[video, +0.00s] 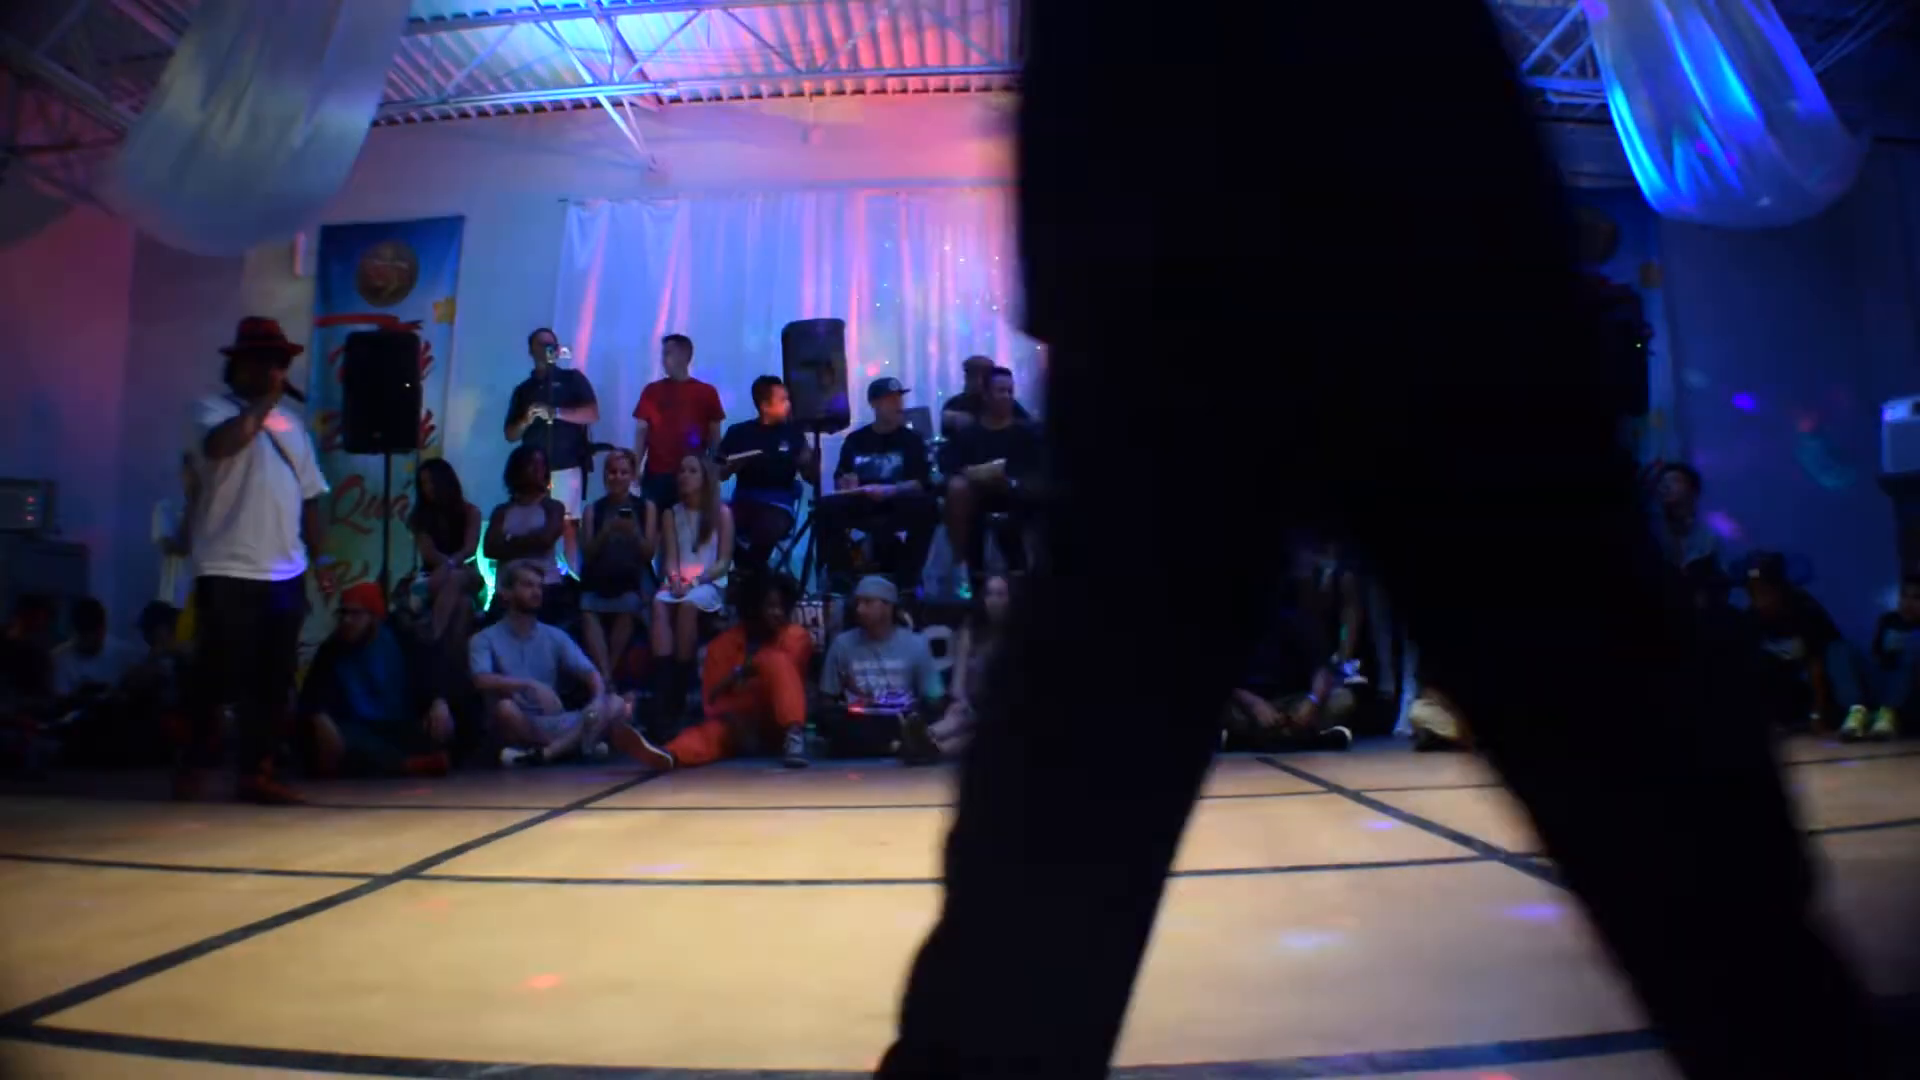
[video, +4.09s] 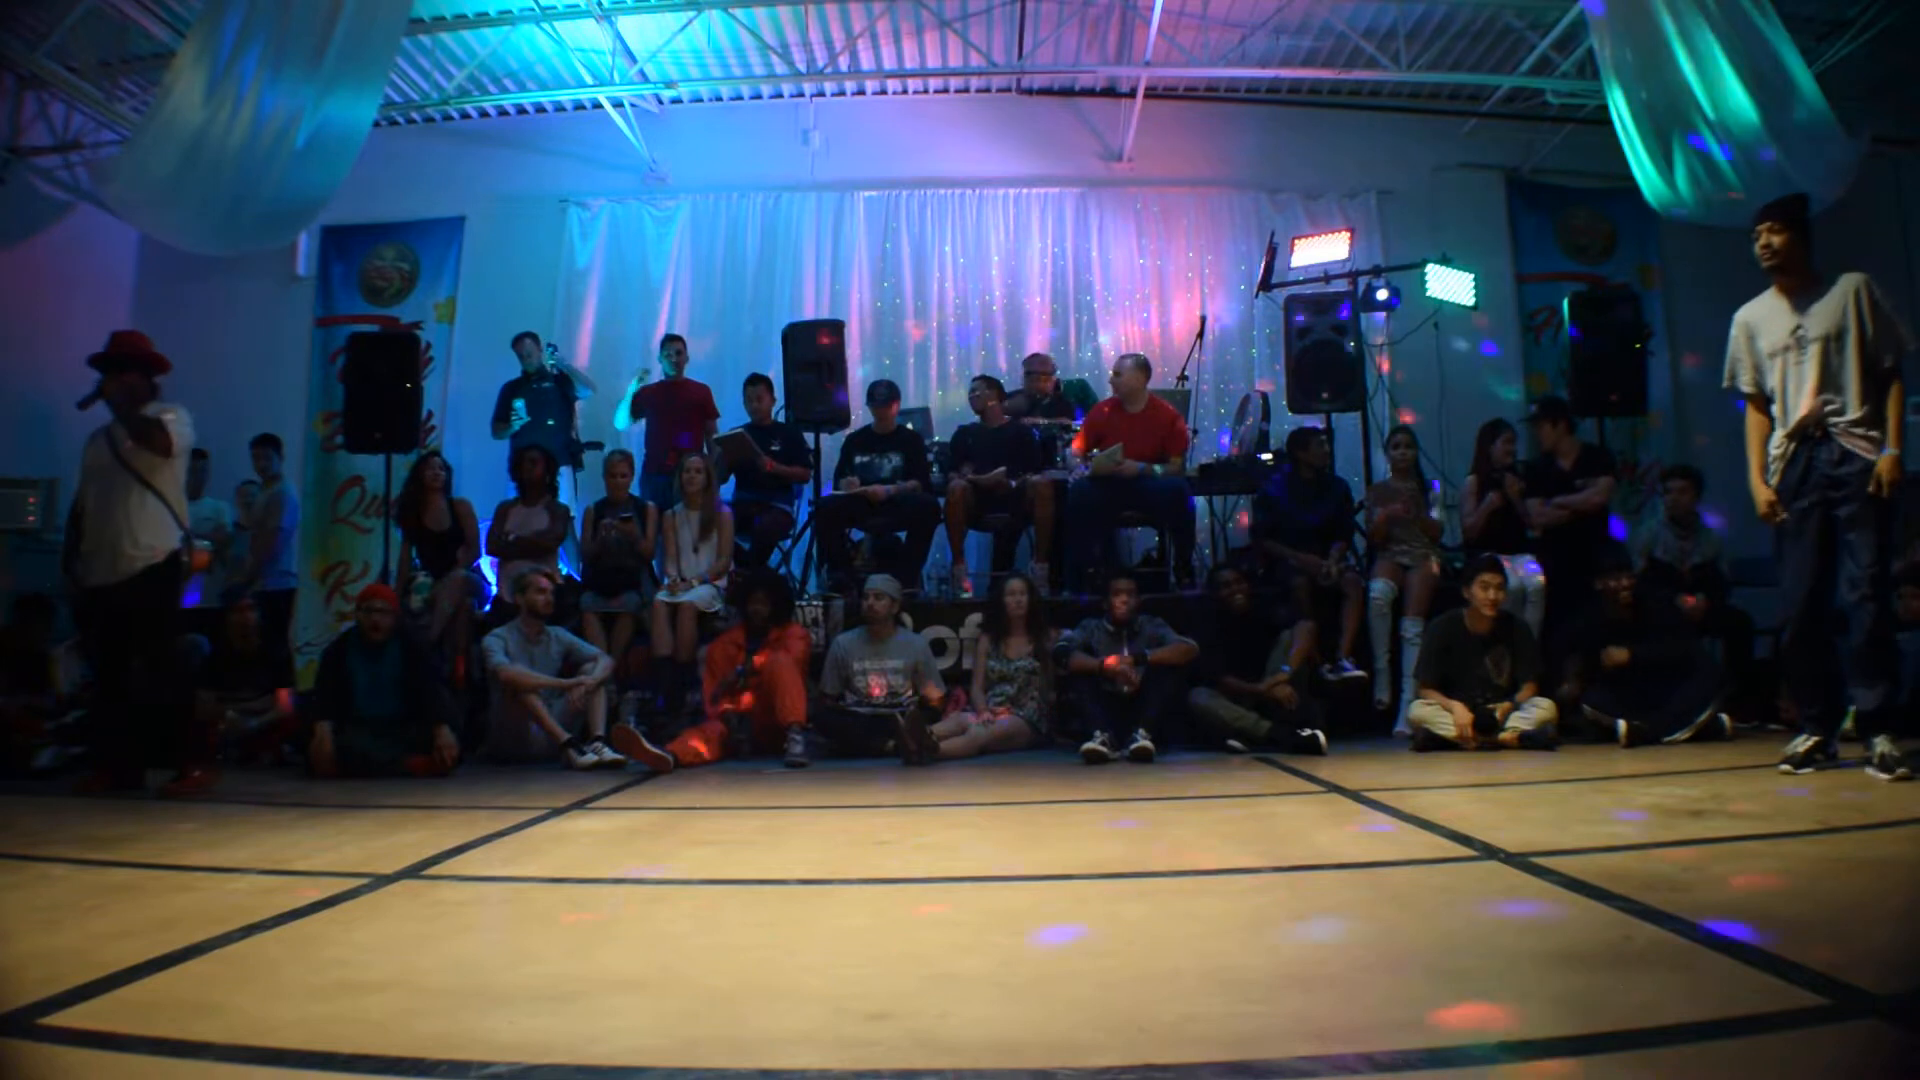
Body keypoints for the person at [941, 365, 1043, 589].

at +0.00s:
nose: (1007, 397)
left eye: (1010, 391)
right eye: (1001, 391)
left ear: (1014, 394)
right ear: (986, 395)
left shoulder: (1027, 432)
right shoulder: (967, 434)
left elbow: (1035, 471)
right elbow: (949, 467)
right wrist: (978, 473)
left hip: (1013, 489)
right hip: (976, 491)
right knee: (958, 487)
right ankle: (961, 567)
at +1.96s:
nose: (1005, 398)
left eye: (1009, 392)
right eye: (999, 392)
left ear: (1016, 395)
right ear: (986, 395)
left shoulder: (1028, 432)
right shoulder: (969, 432)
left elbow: (1037, 473)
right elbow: (954, 468)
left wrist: (1010, 482)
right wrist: (972, 474)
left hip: (1015, 489)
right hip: (980, 489)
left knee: (1041, 485)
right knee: (957, 486)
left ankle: (1040, 561)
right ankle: (960, 562)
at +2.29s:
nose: (976, 395)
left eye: (982, 389)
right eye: (975, 389)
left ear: (1003, 396)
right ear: (974, 396)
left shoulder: (1024, 432)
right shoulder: (966, 432)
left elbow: (1035, 473)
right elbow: (954, 469)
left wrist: (1006, 481)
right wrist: (975, 476)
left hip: (1012, 489)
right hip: (978, 491)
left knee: (1040, 487)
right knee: (957, 487)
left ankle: (1040, 564)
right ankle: (959, 567)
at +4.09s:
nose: (972, 395)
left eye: (978, 391)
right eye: (971, 392)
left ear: (996, 396)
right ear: (970, 401)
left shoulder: (1021, 431)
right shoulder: (965, 433)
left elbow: (1033, 471)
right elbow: (953, 474)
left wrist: (1010, 483)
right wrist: (982, 480)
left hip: (1012, 493)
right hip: (977, 494)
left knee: (1042, 485)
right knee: (957, 489)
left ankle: (1040, 564)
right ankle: (958, 566)